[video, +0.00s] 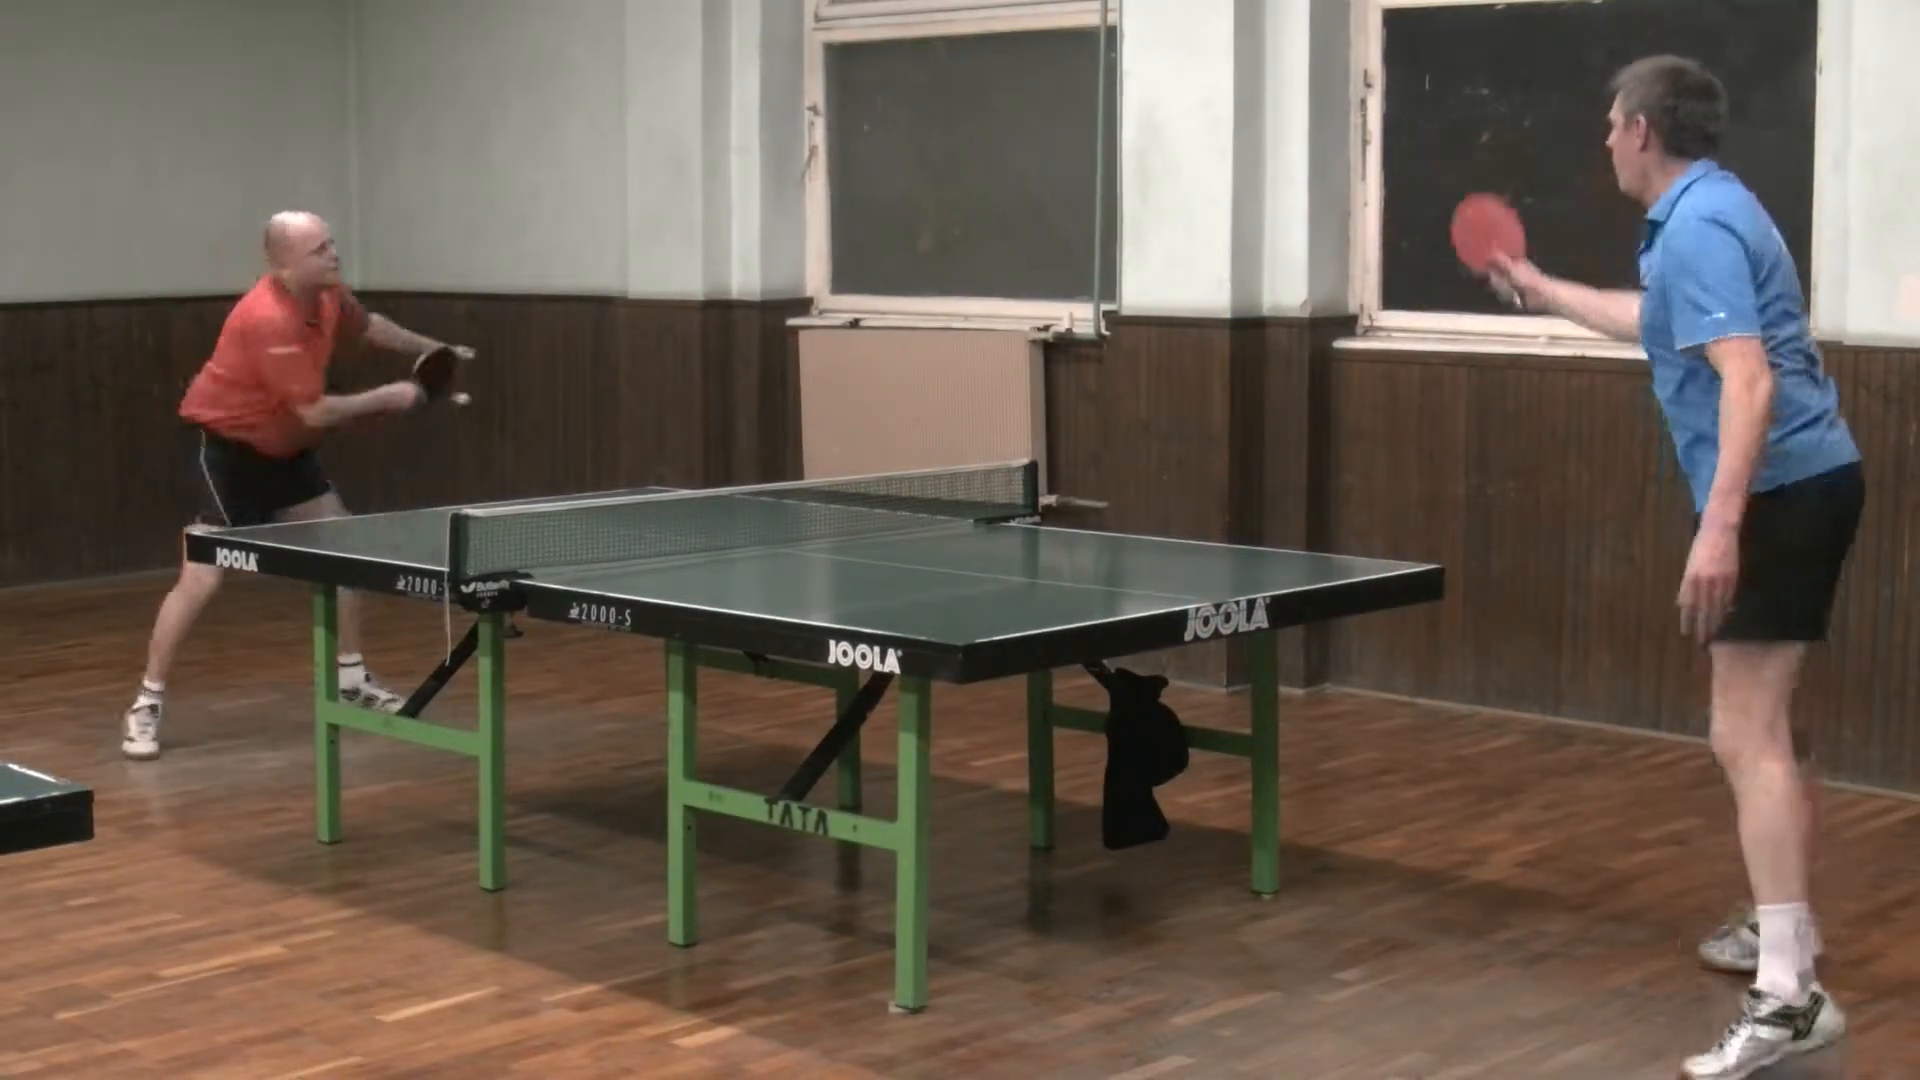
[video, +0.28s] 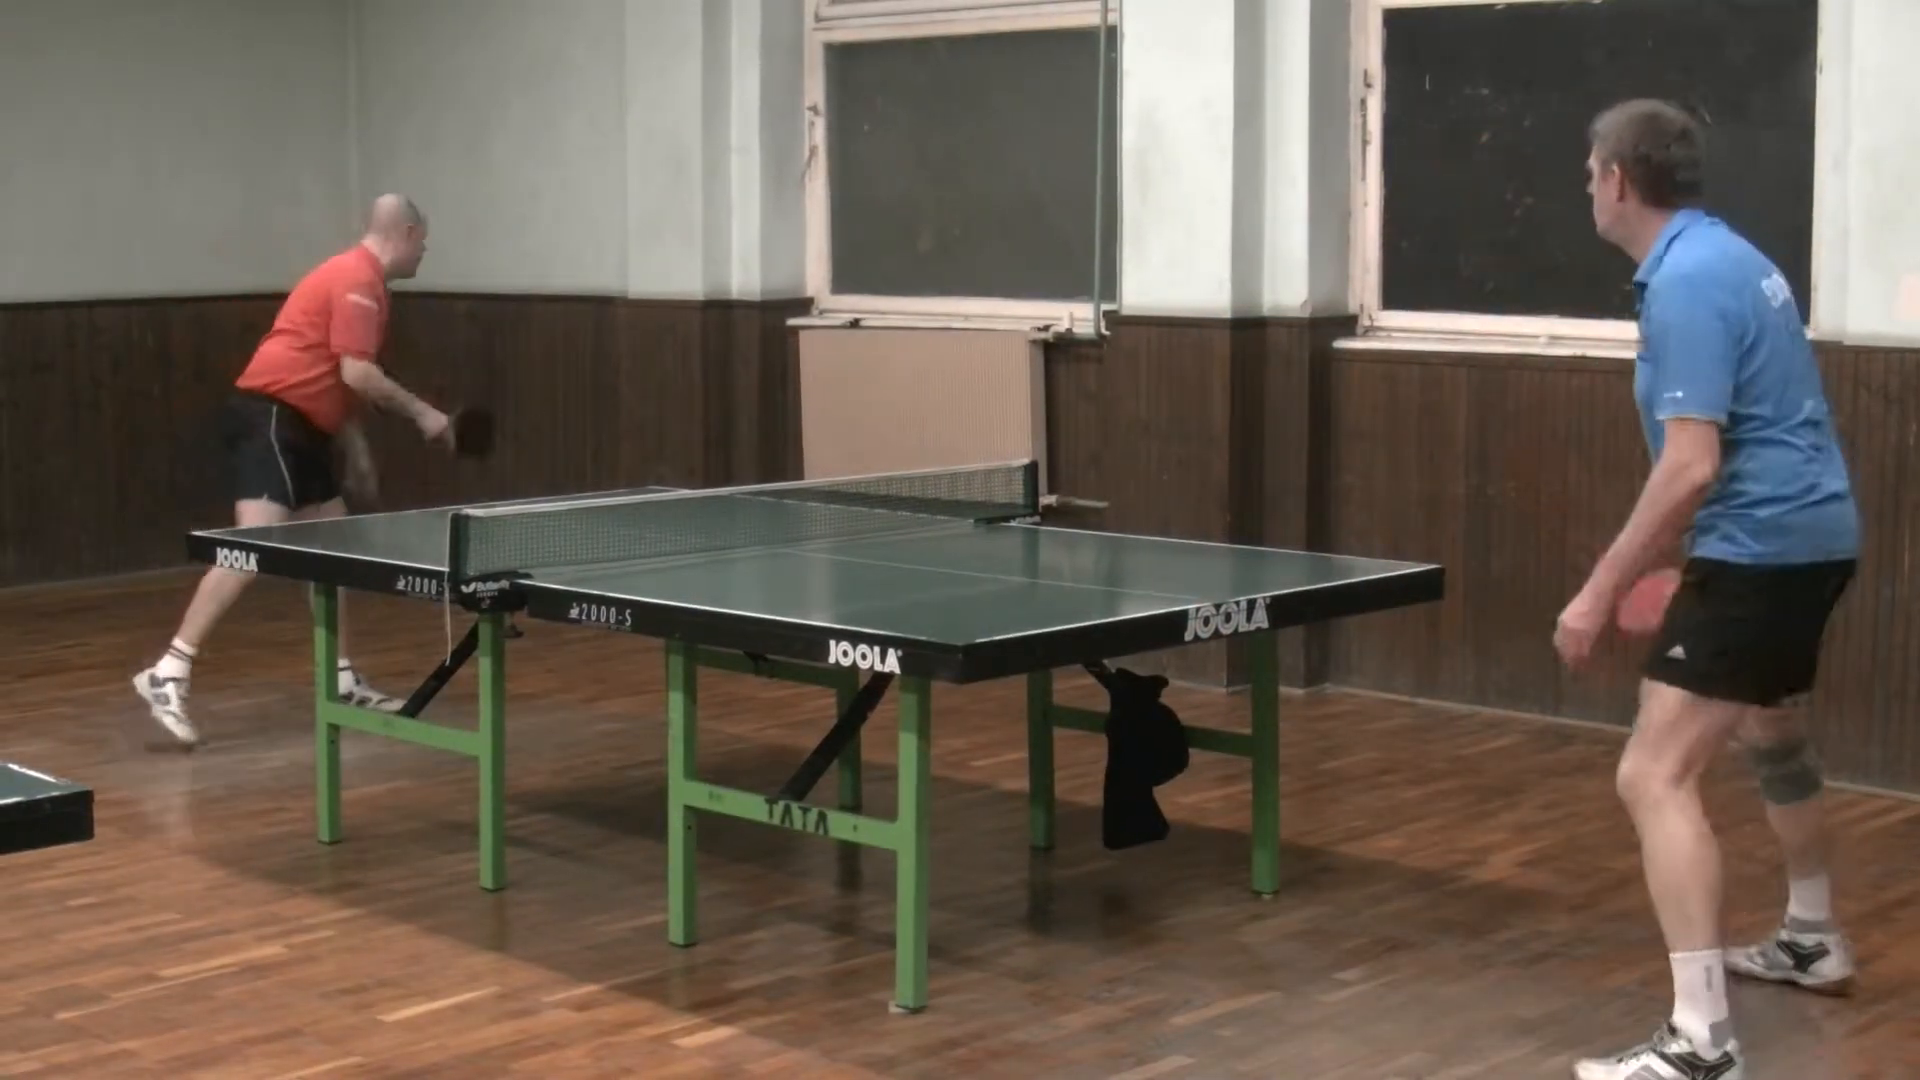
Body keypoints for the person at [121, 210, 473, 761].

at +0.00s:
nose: (334, 255)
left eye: (331, 246)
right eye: (321, 251)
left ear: (321, 253)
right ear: (287, 266)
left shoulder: (326, 292)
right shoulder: (267, 318)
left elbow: (370, 327)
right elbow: (312, 411)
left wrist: (434, 351)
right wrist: (388, 396)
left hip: (287, 446)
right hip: (226, 447)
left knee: (345, 547)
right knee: (201, 578)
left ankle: (351, 682)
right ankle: (147, 703)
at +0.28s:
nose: (422, 255)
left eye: (423, 244)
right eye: (422, 243)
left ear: (383, 231)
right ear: (405, 236)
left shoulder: (362, 277)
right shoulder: (357, 276)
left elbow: (334, 373)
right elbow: (357, 372)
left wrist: (356, 445)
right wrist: (424, 414)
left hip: (308, 425)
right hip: (271, 411)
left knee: (333, 551)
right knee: (255, 548)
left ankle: (338, 677)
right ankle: (168, 671)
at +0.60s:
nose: (431, 240)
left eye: (431, 232)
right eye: (434, 231)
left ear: (386, 221)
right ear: (429, 228)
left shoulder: (352, 262)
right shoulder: (407, 263)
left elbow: (336, 340)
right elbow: (394, 338)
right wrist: (401, 419)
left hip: (306, 401)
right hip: (350, 406)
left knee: (331, 539)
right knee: (383, 538)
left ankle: (337, 670)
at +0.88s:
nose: (464, 230)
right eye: (470, 223)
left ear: (422, 215)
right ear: (468, 222)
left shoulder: (390, 261)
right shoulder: (459, 267)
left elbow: (348, 339)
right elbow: (459, 346)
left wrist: (365, 395)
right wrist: (480, 426)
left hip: (371, 412)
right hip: (429, 417)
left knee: (367, 530)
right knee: (454, 536)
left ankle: (346, 657)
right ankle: (467, 655)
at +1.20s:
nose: (520, 228)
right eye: (523, 222)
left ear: (475, 213)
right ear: (519, 220)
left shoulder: (435, 257)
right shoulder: (526, 265)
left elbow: (393, 322)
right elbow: (550, 348)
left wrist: (371, 390)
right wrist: (576, 423)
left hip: (428, 408)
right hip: (490, 411)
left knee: (447, 522)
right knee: (499, 521)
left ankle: (461, 646)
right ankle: (480, 647)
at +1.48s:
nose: (566, 274)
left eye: (565, 269)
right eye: (568, 269)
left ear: (523, 254)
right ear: (561, 262)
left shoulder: (484, 286)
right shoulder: (563, 287)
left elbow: (434, 350)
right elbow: (590, 362)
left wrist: (407, 414)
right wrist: (619, 429)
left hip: (456, 403)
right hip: (510, 406)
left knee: (487, 511)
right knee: (535, 511)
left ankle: (486, 635)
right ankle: (535, 615)